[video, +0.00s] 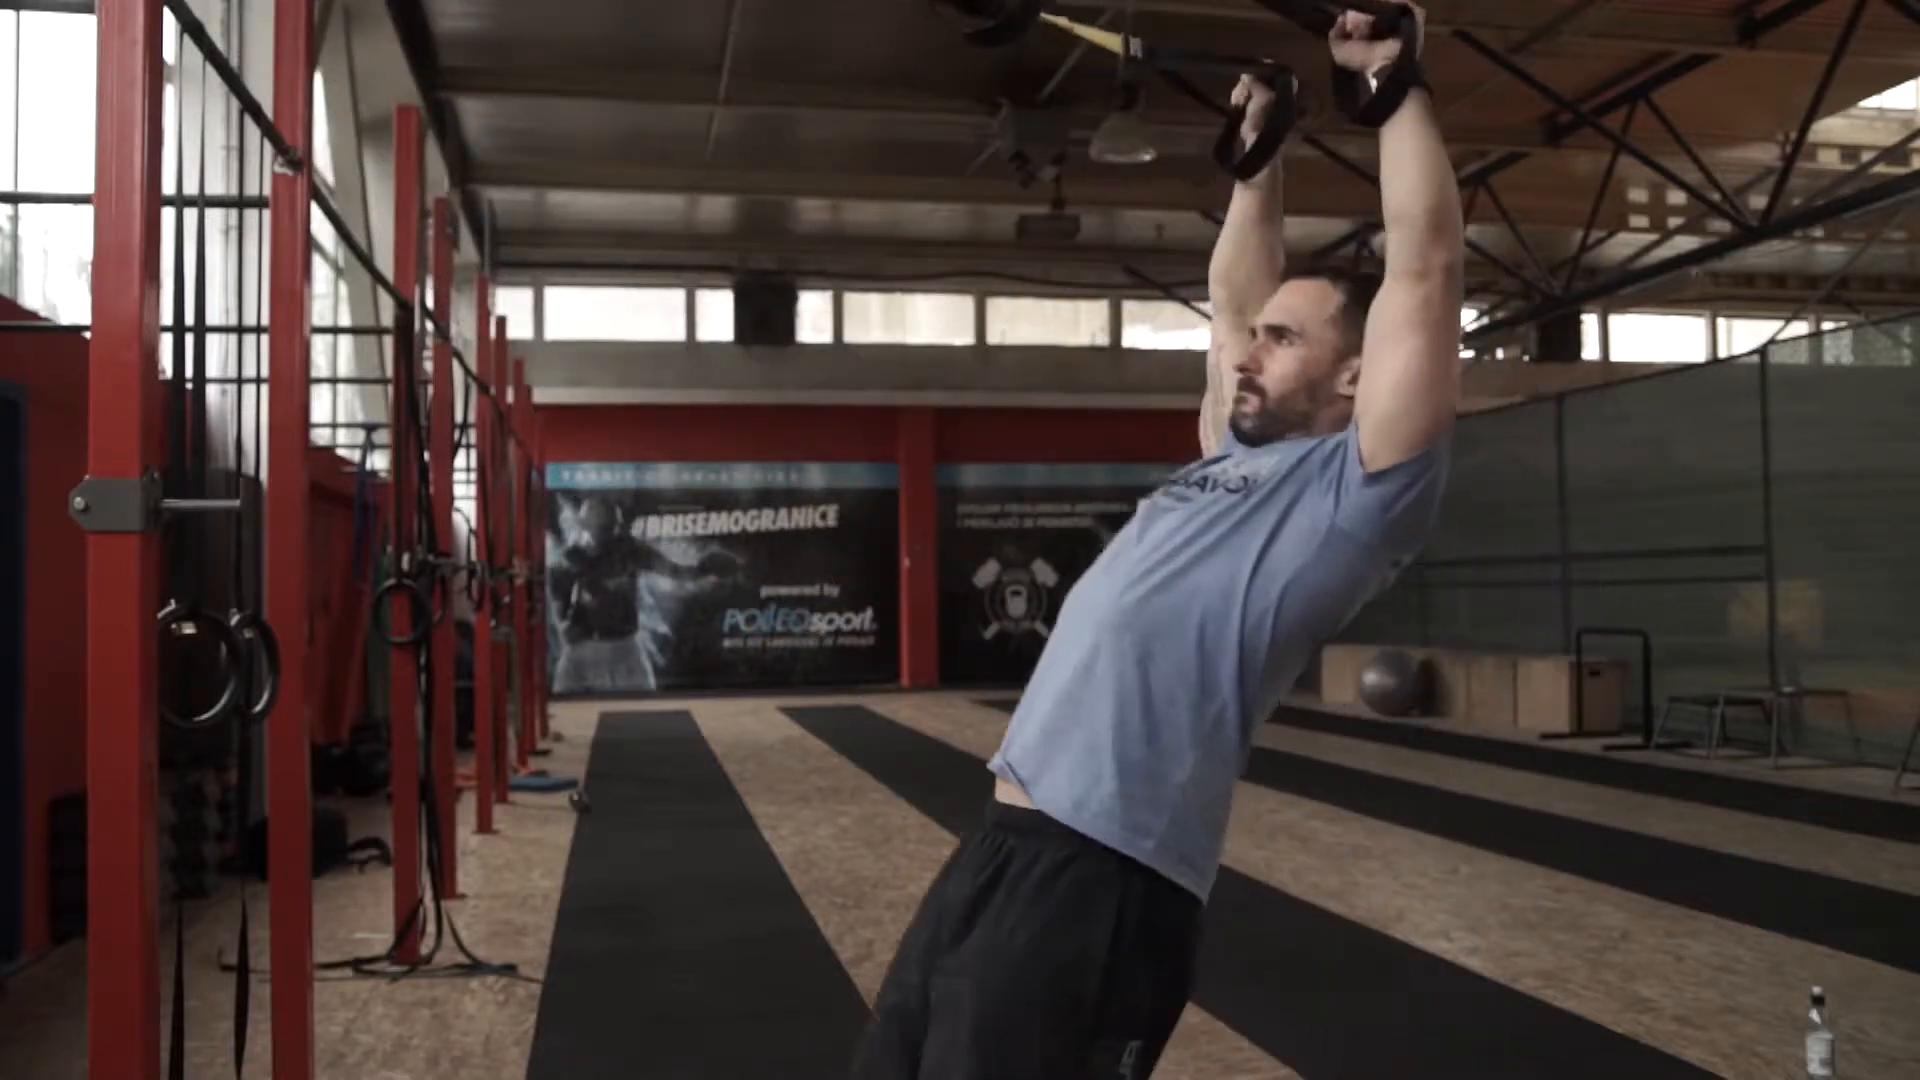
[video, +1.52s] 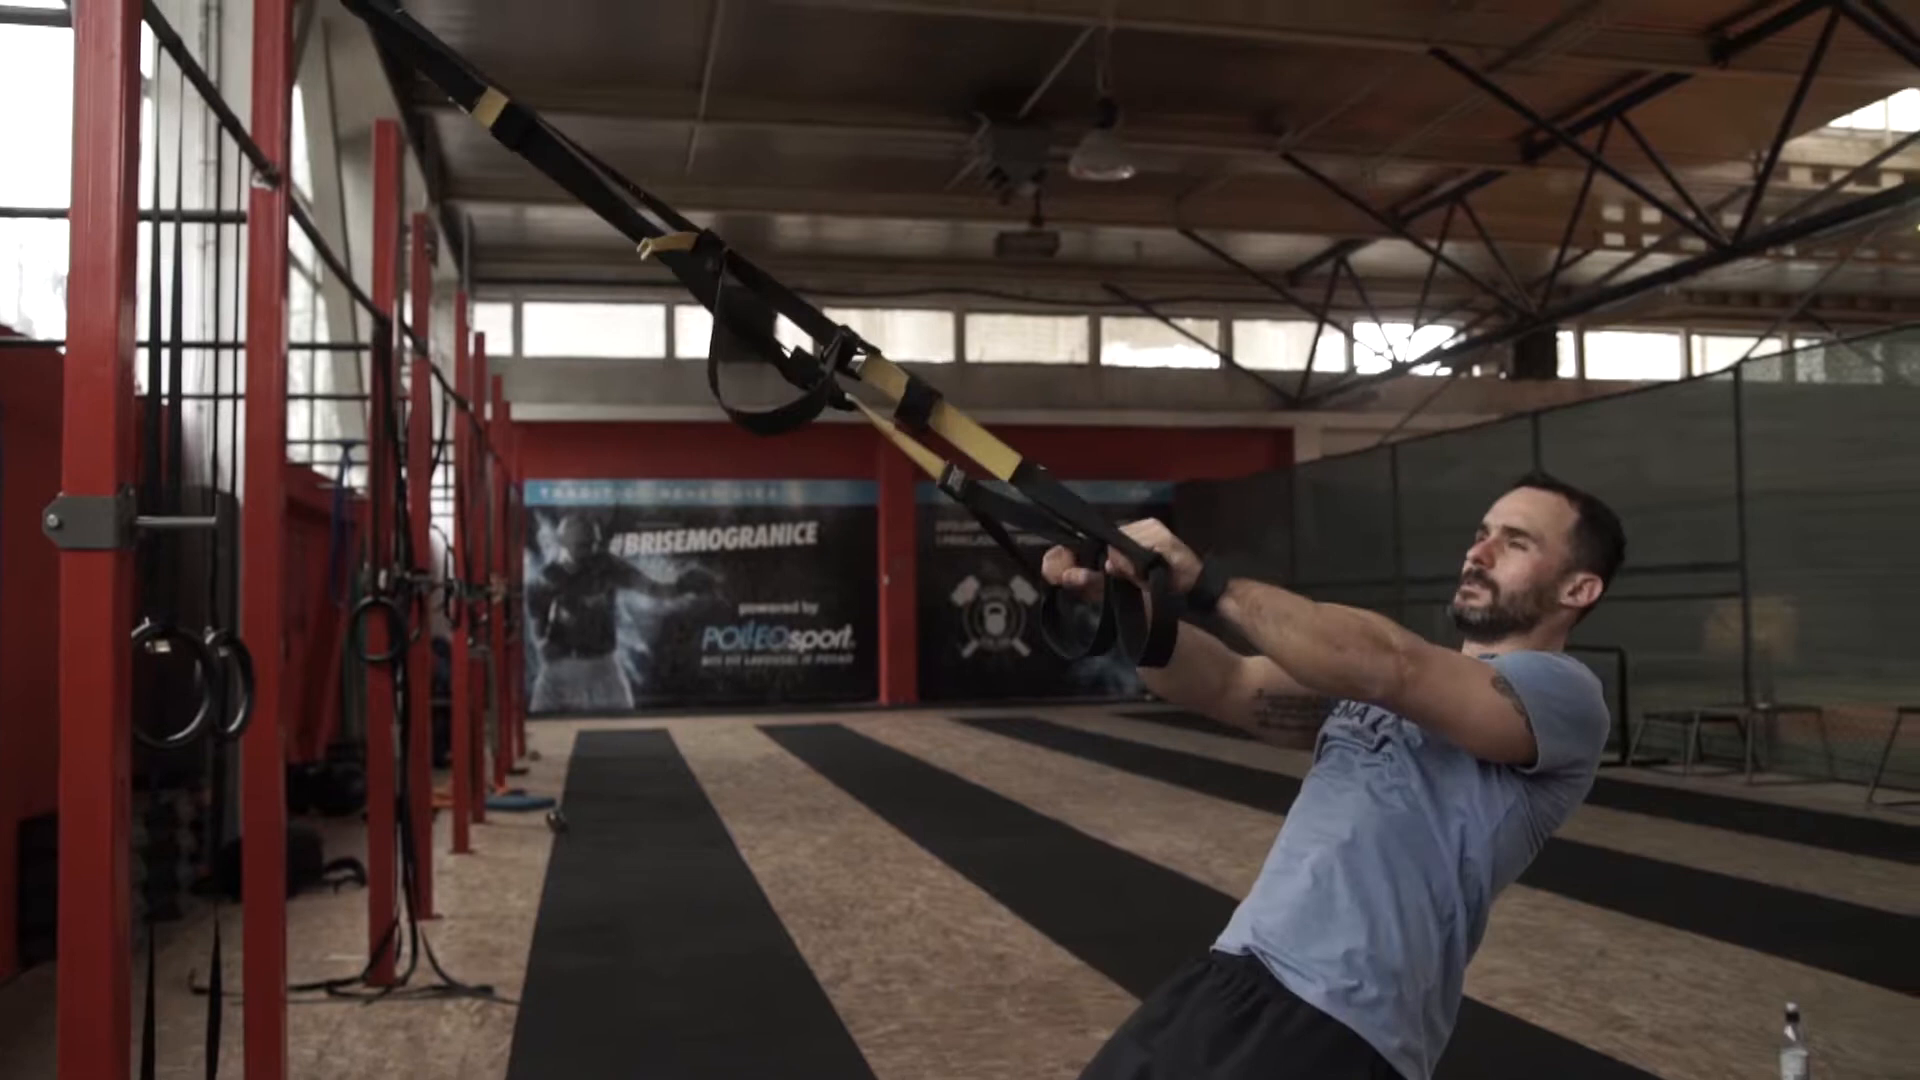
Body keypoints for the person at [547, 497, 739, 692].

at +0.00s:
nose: (600, 526)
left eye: (606, 518)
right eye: (593, 520)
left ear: (615, 519)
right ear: (582, 522)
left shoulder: (630, 549)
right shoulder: (571, 558)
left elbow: (673, 571)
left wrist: (702, 572)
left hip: (625, 648)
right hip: (580, 650)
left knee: (636, 716)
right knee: (573, 718)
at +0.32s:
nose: (601, 528)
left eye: (606, 520)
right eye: (594, 521)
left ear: (616, 520)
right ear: (583, 523)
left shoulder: (630, 549)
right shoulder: (572, 557)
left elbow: (672, 571)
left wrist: (702, 572)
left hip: (625, 647)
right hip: (580, 649)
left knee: (636, 714)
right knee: (573, 717)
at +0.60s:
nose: (602, 529)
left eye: (607, 521)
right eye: (594, 523)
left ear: (615, 520)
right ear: (583, 523)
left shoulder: (629, 549)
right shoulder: (571, 558)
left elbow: (673, 571)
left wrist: (703, 571)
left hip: (625, 649)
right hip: (581, 652)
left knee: (637, 717)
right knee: (573, 719)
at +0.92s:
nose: (601, 529)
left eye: (606, 521)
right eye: (594, 523)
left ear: (615, 520)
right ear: (583, 523)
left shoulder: (629, 549)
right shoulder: (572, 558)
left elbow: (672, 571)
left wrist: (702, 572)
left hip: (625, 648)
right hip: (581, 650)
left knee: (637, 716)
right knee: (573, 718)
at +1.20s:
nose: (600, 533)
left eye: (605, 525)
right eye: (593, 526)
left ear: (614, 523)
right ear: (582, 525)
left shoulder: (627, 549)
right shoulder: (571, 557)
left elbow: (669, 571)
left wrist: (699, 573)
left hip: (623, 648)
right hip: (579, 650)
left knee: (635, 716)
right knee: (571, 718)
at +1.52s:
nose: (583, 549)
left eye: (588, 542)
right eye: (577, 543)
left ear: (595, 540)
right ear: (563, 542)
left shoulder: (607, 566)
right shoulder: (549, 576)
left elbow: (651, 589)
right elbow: (539, 635)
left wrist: (680, 588)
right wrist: (551, 619)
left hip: (603, 669)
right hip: (558, 672)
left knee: (614, 740)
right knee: (549, 741)